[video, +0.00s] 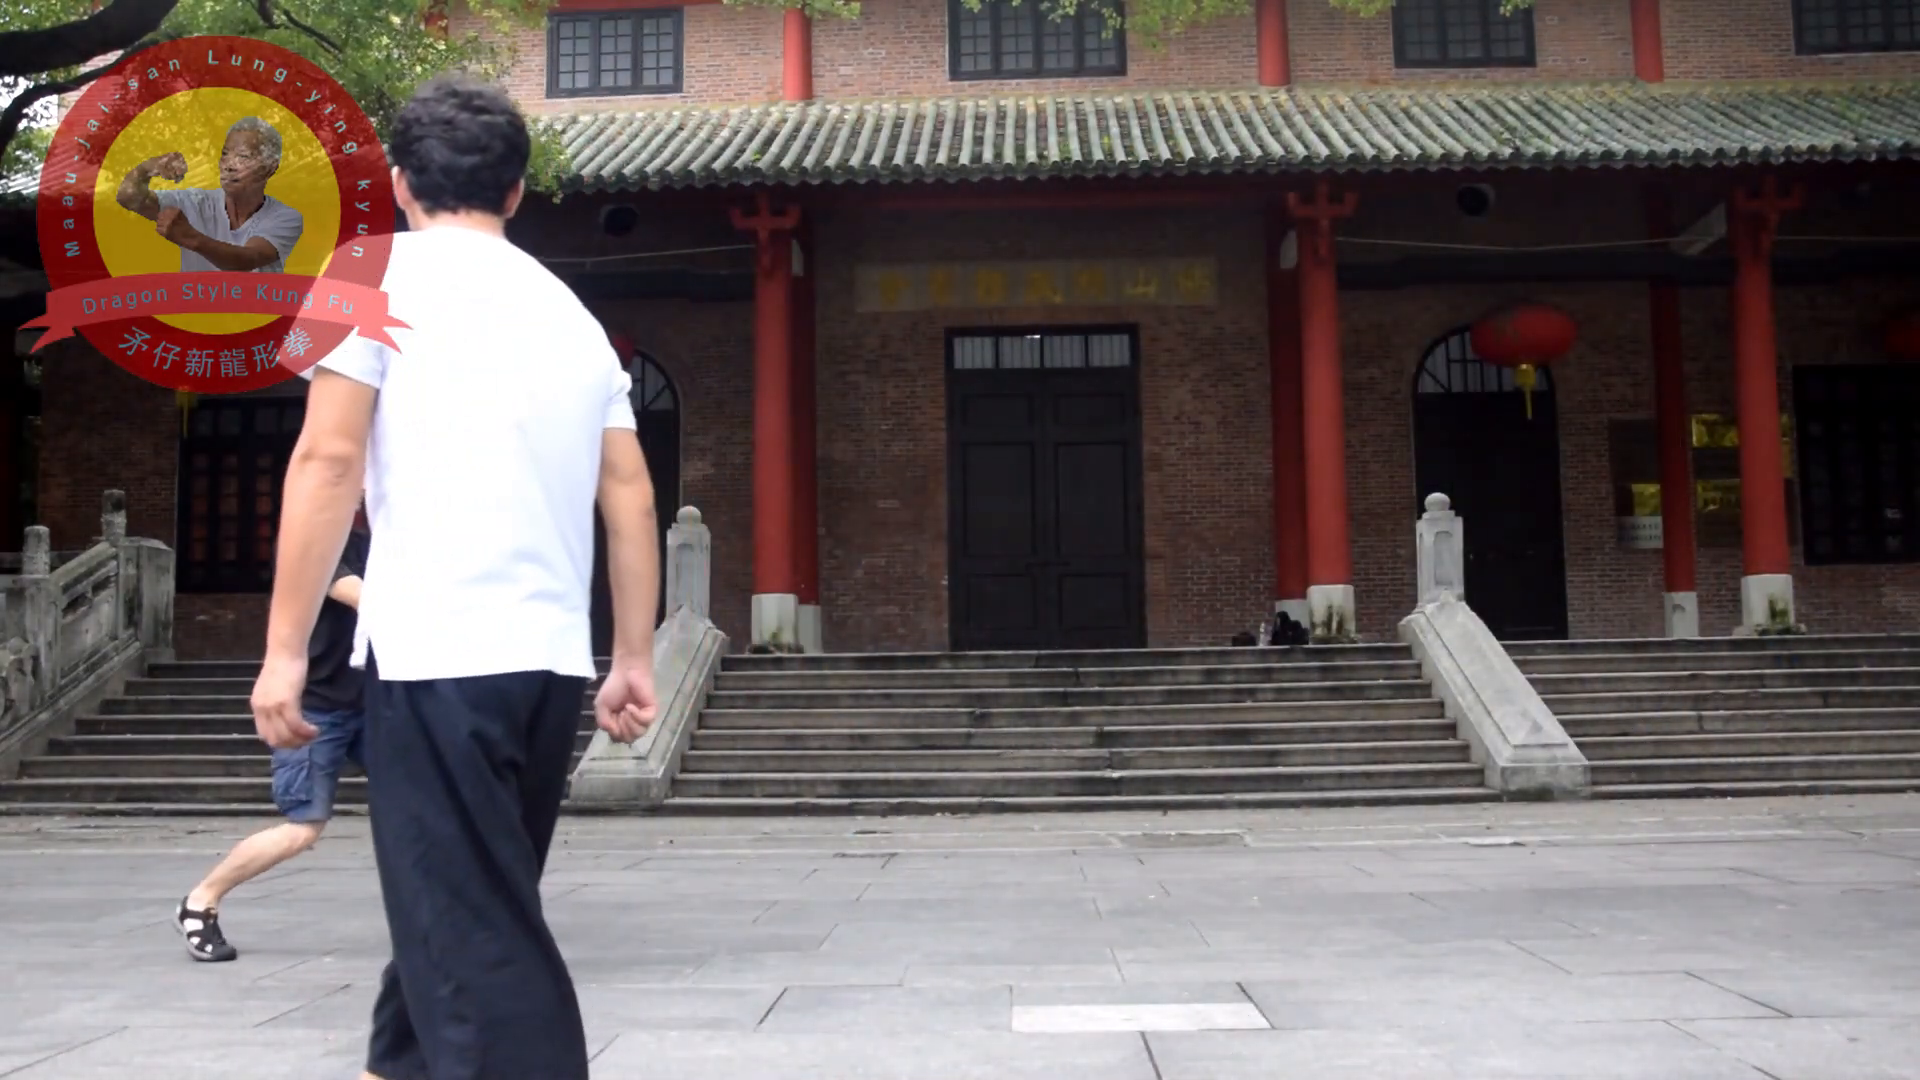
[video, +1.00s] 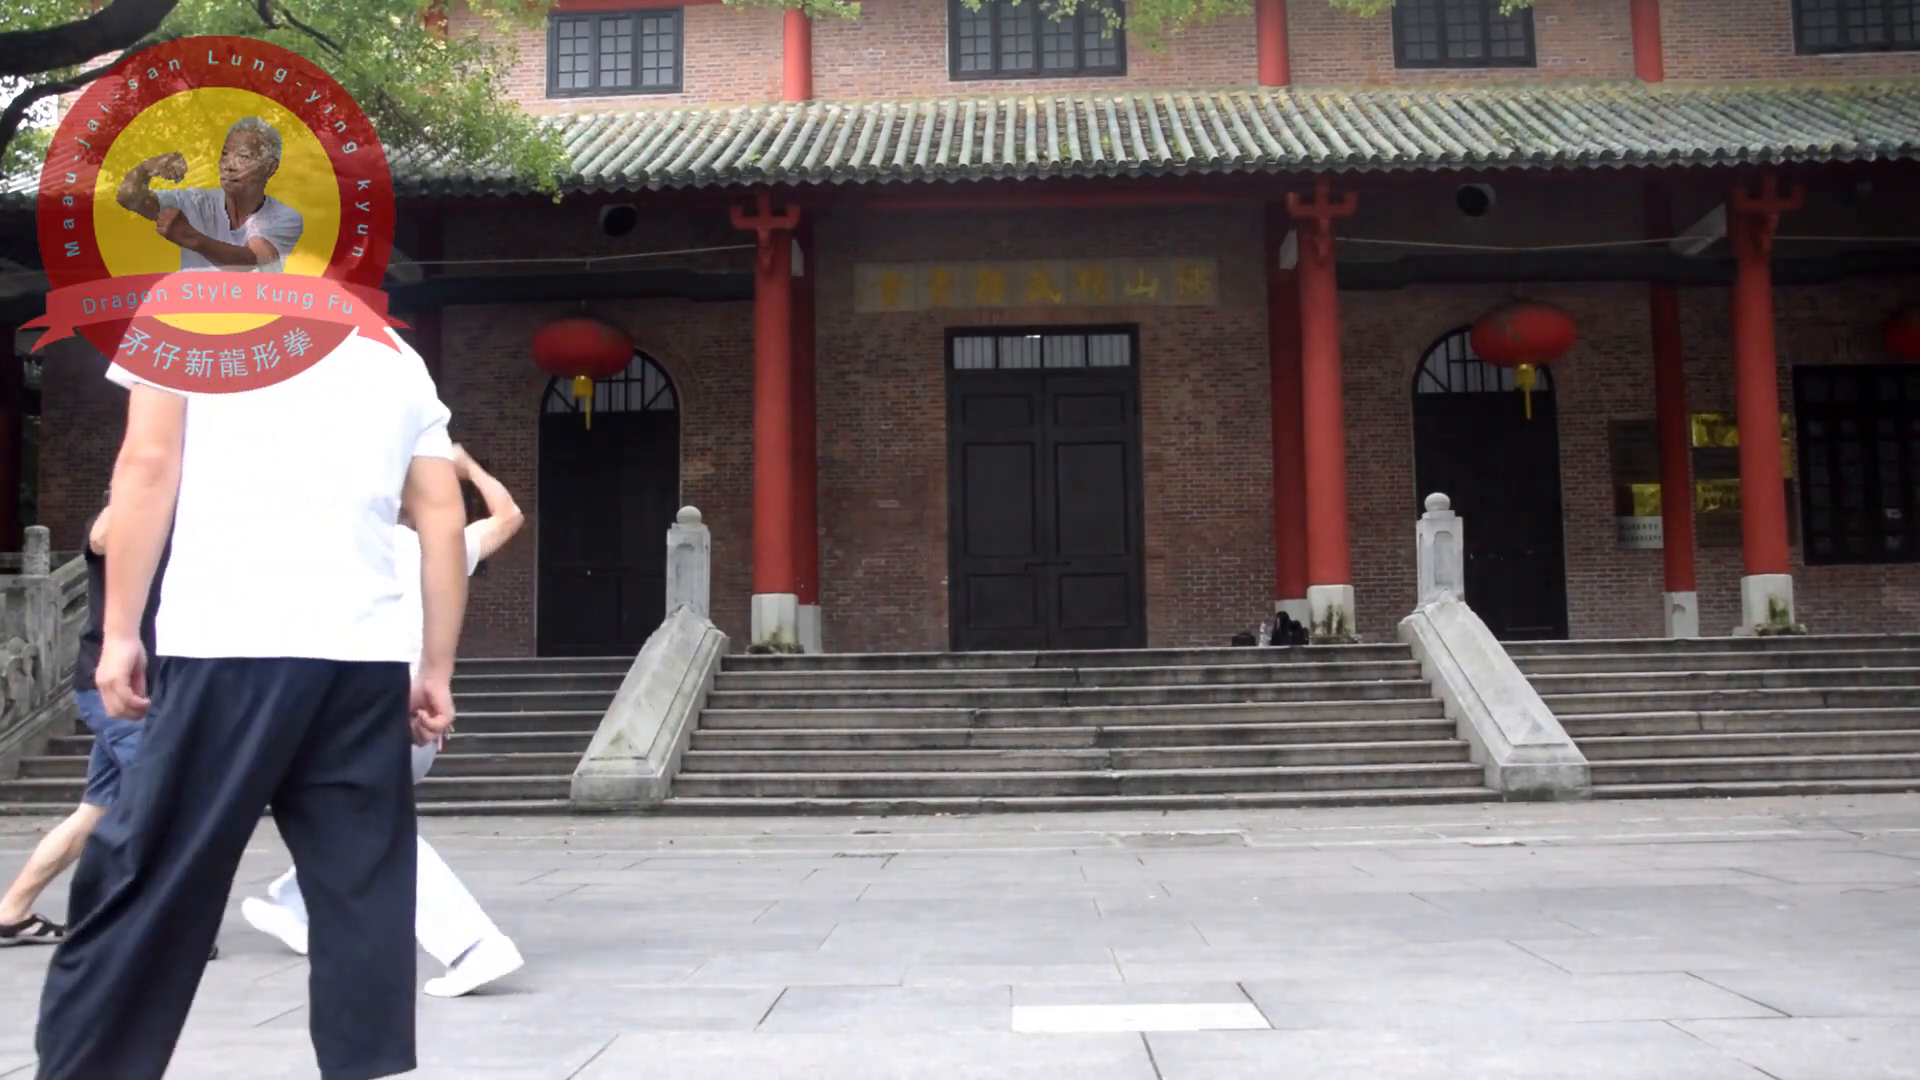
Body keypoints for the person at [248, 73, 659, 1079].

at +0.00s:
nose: (396, 194)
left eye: (397, 181)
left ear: (402, 186)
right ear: (515, 193)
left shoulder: (385, 273)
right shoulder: (576, 320)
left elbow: (330, 456)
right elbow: (628, 489)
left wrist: (284, 649)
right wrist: (635, 654)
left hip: (434, 672)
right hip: (556, 673)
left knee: (474, 943)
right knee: (453, 932)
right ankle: (404, 1065)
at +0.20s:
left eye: (350, 191)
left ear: (361, 194)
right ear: (471, 215)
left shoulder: (331, 284)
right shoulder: (514, 337)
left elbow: (285, 453)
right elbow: (557, 505)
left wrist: (232, 637)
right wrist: (551, 667)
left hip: (377, 669)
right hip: (488, 673)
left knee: (405, 933)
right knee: (421, 927)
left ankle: (494, 1069)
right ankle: (379, 1078)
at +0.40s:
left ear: (334, 204)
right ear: (439, 229)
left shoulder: (294, 290)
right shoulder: (476, 348)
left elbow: (236, 452)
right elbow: (511, 518)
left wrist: (178, 621)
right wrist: (483, 661)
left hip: (333, 657)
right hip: (446, 664)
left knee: (308, 900)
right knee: (411, 902)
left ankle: (454, 1070)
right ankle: (392, 1069)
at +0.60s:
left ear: (322, 221)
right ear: (415, 242)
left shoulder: (260, 297)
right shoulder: (448, 351)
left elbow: (207, 450)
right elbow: (486, 521)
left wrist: (157, 608)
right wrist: (460, 661)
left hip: (296, 656)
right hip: (421, 666)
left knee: (237, 886)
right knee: (391, 903)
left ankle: (355, 1066)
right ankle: (390, 1074)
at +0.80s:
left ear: (291, 239)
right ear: (378, 257)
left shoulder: (231, 300)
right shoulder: (429, 356)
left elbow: (182, 457)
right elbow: (469, 513)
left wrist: (147, 614)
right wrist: (454, 663)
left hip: (266, 648)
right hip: (401, 658)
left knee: (193, 892)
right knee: (379, 905)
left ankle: (176, 1063)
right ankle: (377, 1068)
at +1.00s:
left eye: (190, 255)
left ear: (222, 242)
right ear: (319, 249)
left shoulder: (184, 311)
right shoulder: (393, 352)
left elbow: (149, 465)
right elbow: (444, 512)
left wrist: (120, 628)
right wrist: (437, 665)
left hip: (227, 647)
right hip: (367, 655)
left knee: (143, 897)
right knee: (364, 902)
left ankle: (83, 1067)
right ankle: (367, 1066)